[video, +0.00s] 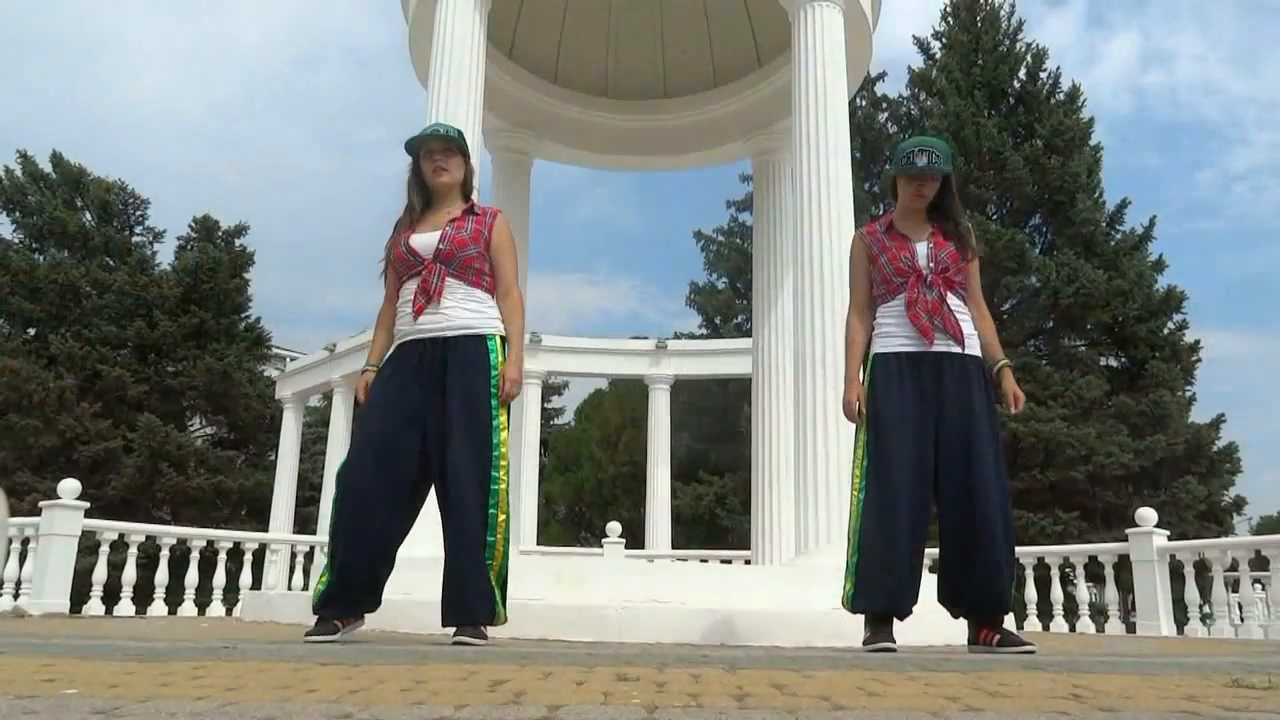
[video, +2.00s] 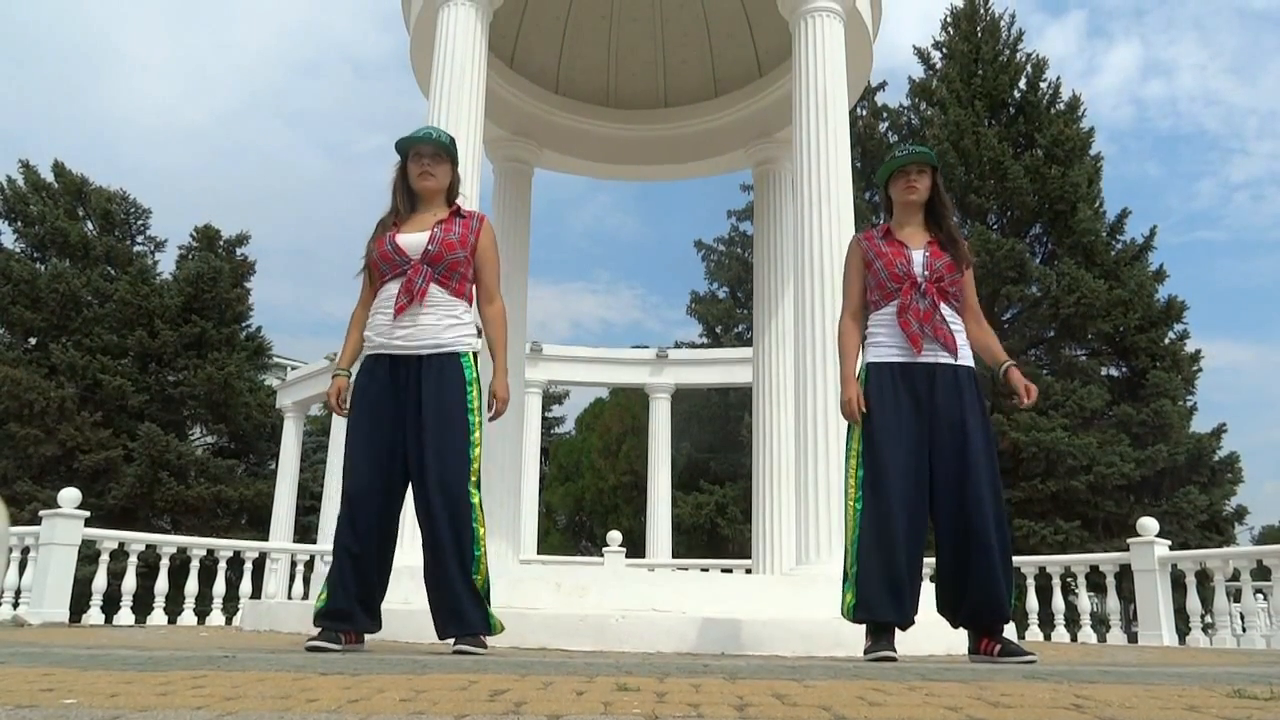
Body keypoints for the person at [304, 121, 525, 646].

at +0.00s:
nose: (438, 161)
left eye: (447, 153)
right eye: (429, 155)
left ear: (466, 163)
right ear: (418, 166)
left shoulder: (490, 221)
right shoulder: (405, 227)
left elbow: (509, 293)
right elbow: (391, 303)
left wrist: (515, 357)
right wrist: (371, 365)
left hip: (470, 358)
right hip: (408, 359)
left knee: (466, 483)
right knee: (366, 474)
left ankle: (470, 616)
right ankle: (345, 606)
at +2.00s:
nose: (424, 165)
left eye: (434, 158)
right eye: (416, 158)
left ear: (453, 168)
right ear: (403, 168)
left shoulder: (473, 226)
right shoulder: (384, 231)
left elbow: (491, 302)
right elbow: (365, 306)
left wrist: (500, 371)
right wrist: (341, 369)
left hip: (446, 369)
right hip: (380, 369)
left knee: (447, 495)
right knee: (364, 495)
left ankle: (465, 626)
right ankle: (345, 622)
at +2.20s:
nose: (437, 167)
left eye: (447, 161)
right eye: (429, 160)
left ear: (466, 175)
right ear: (415, 172)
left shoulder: (491, 225)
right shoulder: (397, 231)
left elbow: (509, 297)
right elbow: (377, 288)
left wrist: (487, 348)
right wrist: (365, 321)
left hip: (458, 375)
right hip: (394, 372)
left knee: (451, 500)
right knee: (368, 495)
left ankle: (461, 629)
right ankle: (348, 621)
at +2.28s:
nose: (437, 177)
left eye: (447, 171)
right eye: (428, 171)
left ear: (468, 184)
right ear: (415, 184)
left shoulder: (492, 235)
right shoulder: (394, 236)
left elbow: (489, 303)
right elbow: (374, 292)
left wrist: (421, 303)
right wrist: (410, 270)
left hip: (467, 379)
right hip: (402, 377)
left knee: (456, 503)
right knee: (360, 478)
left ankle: (462, 631)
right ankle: (353, 587)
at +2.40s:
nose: (426, 157)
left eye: (438, 151)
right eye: (419, 149)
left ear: (459, 166)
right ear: (406, 162)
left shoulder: (484, 208)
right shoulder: (388, 214)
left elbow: (447, 251)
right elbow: (392, 247)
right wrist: (464, 205)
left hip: (466, 365)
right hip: (398, 360)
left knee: (467, 497)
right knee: (355, 469)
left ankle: (467, 628)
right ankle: (365, 554)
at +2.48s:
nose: (412, 131)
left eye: (425, 125)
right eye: (405, 122)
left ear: (444, 138)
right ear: (390, 132)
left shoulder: (469, 170)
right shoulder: (374, 178)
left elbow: (458, 224)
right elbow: (378, 221)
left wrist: (415, 179)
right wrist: (440, 172)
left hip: (463, 341)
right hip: (394, 335)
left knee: (470, 472)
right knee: (369, 452)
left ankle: (474, 610)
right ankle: (339, 583)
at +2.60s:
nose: (401, 115)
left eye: (414, 110)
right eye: (390, 106)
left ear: (427, 124)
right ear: (370, 117)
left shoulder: (454, 164)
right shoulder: (354, 167)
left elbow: (500, 231)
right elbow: (320, 226)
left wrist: (490, 179)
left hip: (452, 339)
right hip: (380, 335)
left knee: (474, 465)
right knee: (359, 464)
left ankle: (483, 588)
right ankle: (315, 608)